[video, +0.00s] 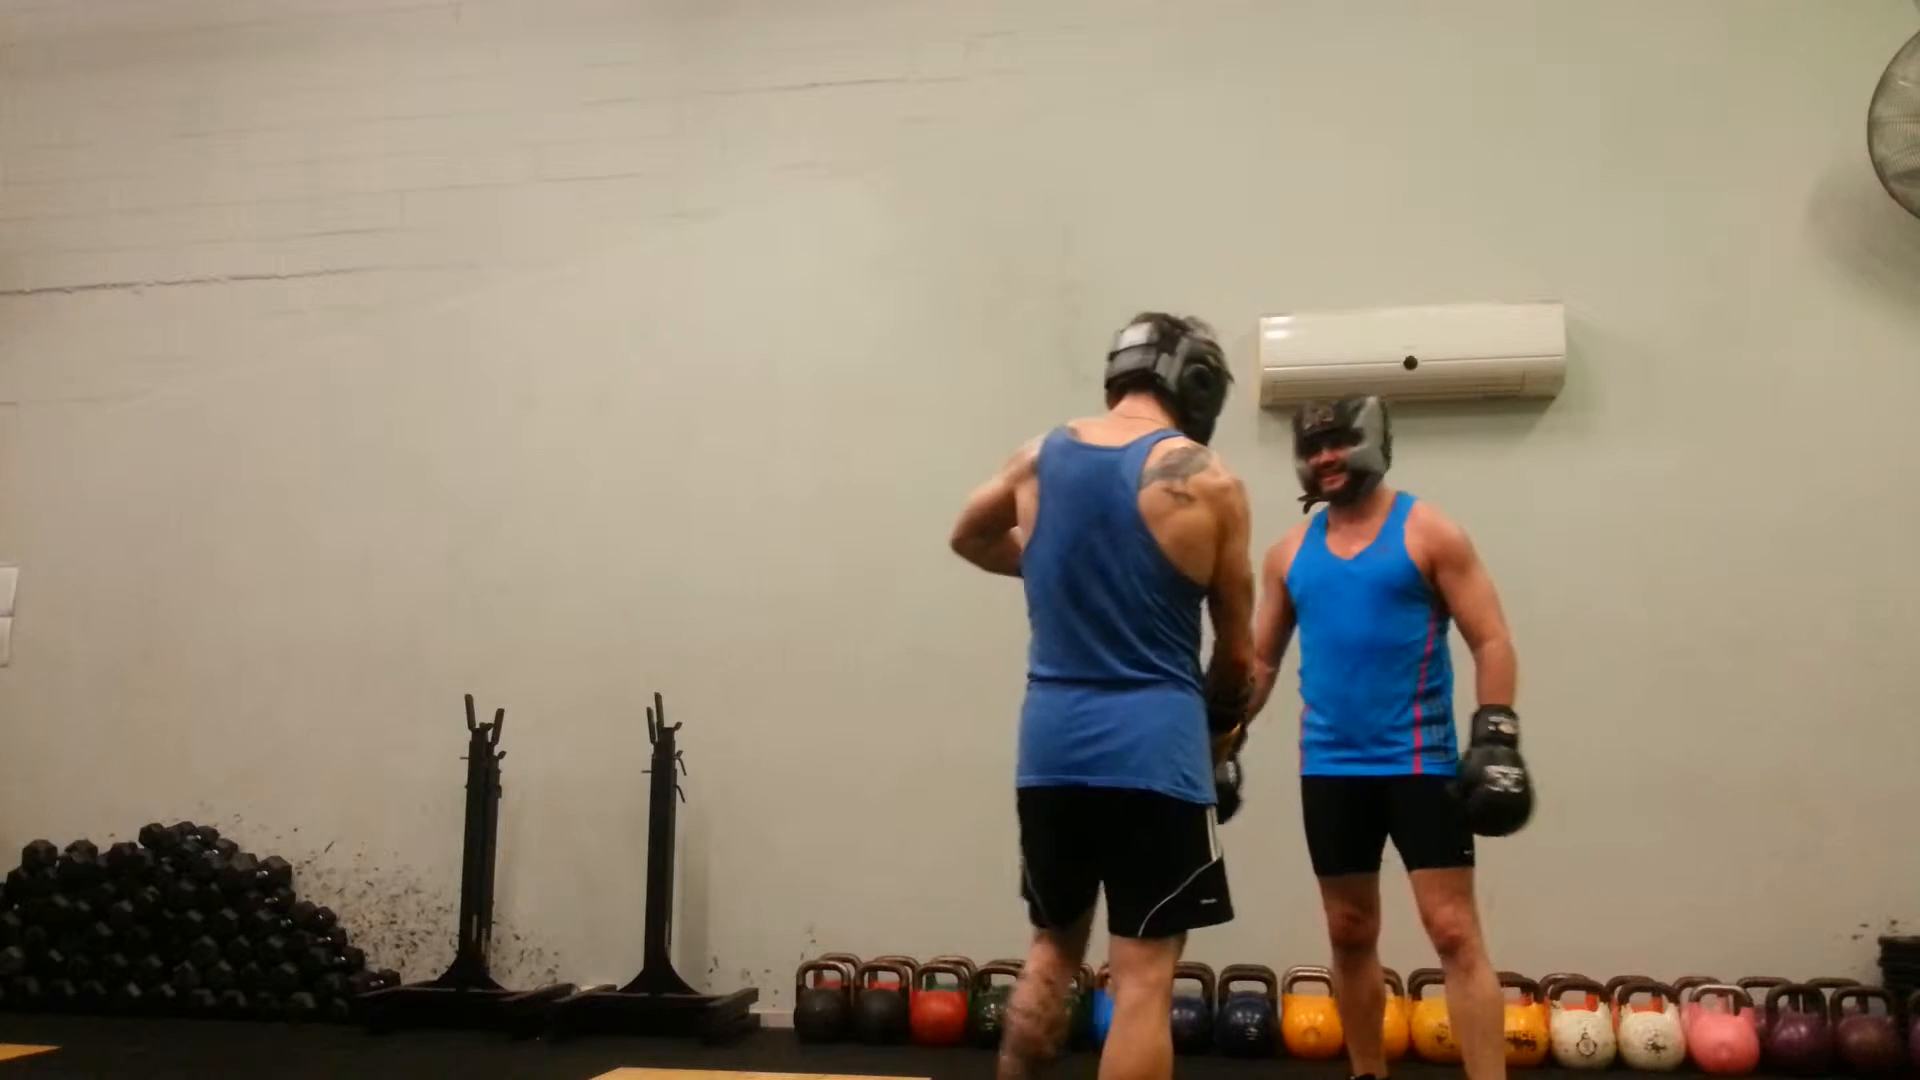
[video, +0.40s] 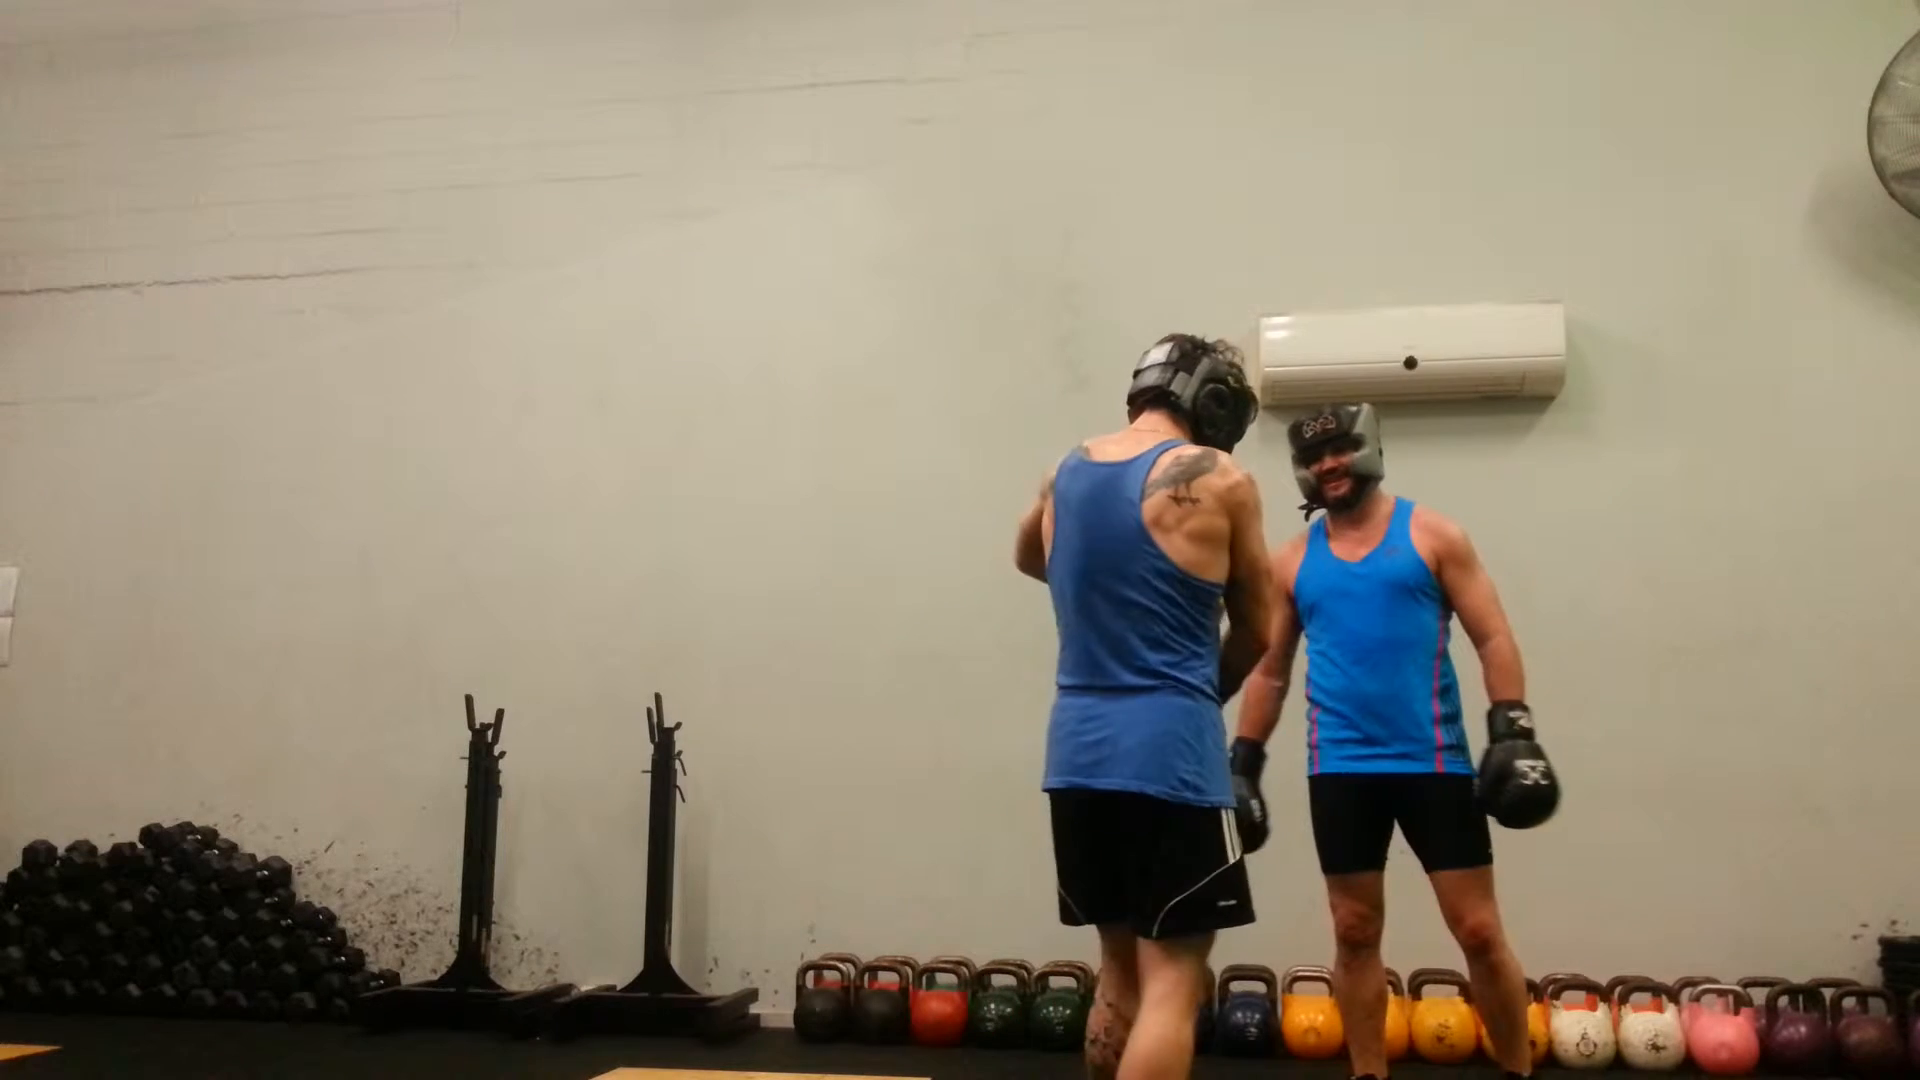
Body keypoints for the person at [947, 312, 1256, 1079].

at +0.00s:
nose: (1213, 402)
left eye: (1213, 392)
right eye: (1212, 390)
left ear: (1117, 380)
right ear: (1196, 384)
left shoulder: (1046, 452)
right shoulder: (1213, 485)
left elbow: (971, 536)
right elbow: (1233, 649)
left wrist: (1059, 568)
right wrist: (1216, 727)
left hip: (1050, 751)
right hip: (1153, 758)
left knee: (1054, 946)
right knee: (1142, 979)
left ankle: (1011, 1076)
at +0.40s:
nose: (1228, 423)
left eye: (1230, 413)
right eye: (1228, 411)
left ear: (1140, 396)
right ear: (1209, 404)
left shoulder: (1075, 464)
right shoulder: (1223, 479)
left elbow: (1031, 554)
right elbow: (1255, 627)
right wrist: (1201, 693)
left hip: (1076, 760)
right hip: (1171, 765)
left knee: (1118, 967)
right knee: (1172, 984)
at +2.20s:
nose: (1272, 383)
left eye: (1274, 371)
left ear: (1289, 368)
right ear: (1375, 361)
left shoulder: (1263, 452)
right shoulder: (1457, 459)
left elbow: (1197, 579)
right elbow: (1464, 612)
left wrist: (1256, 603)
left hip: (1304, 757)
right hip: (1421, 761)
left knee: (1316, 1009)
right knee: (1392, 1004)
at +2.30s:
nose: (1255, 384)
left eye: (1257, 372)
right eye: (1257, 372)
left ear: (1277, 371)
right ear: (1365, 364)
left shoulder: (1251, 456)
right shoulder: (1457, 456)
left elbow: (1206, 594)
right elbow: (1485, 618)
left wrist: (1267, 575)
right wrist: (1392, 617)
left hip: (1312, 756)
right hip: (1434, 760)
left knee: (1324, 1013)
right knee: (1399, 998)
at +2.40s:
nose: (1257, 385)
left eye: (1258, 371)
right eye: (1258, 372)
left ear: (1274, 369)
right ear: (1366, 360)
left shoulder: (1250, 456)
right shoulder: (1459, 451)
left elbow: (1220, 602)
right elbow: (1498, 609)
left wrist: (1283, 561)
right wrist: (1413, 618)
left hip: (1318, 753)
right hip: (1442, 755)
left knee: (1333, 1010)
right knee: (1416, 993)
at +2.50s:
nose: (1274, 363)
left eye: (1277, 352)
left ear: (1285, 359)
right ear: (1378, 349)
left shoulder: (1256, 457)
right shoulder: (1465, 452)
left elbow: (1238, 605)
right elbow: (1503, 611)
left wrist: (1317, 575)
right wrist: (1411, 594)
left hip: (1323, 752)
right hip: (1446, 753)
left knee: (1342, 1014)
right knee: (1451, 988)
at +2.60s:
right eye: (1402, 333)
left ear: (1307, 351)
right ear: (1403, 344)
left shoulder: (1273, 455)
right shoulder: (1480, 453)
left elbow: (1243, 602)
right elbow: (1510, 612)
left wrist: (1324, 617)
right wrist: (1423, 586)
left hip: (1332, 758)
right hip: (1456, 760)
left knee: (1346, 1012)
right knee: (1491, 988)